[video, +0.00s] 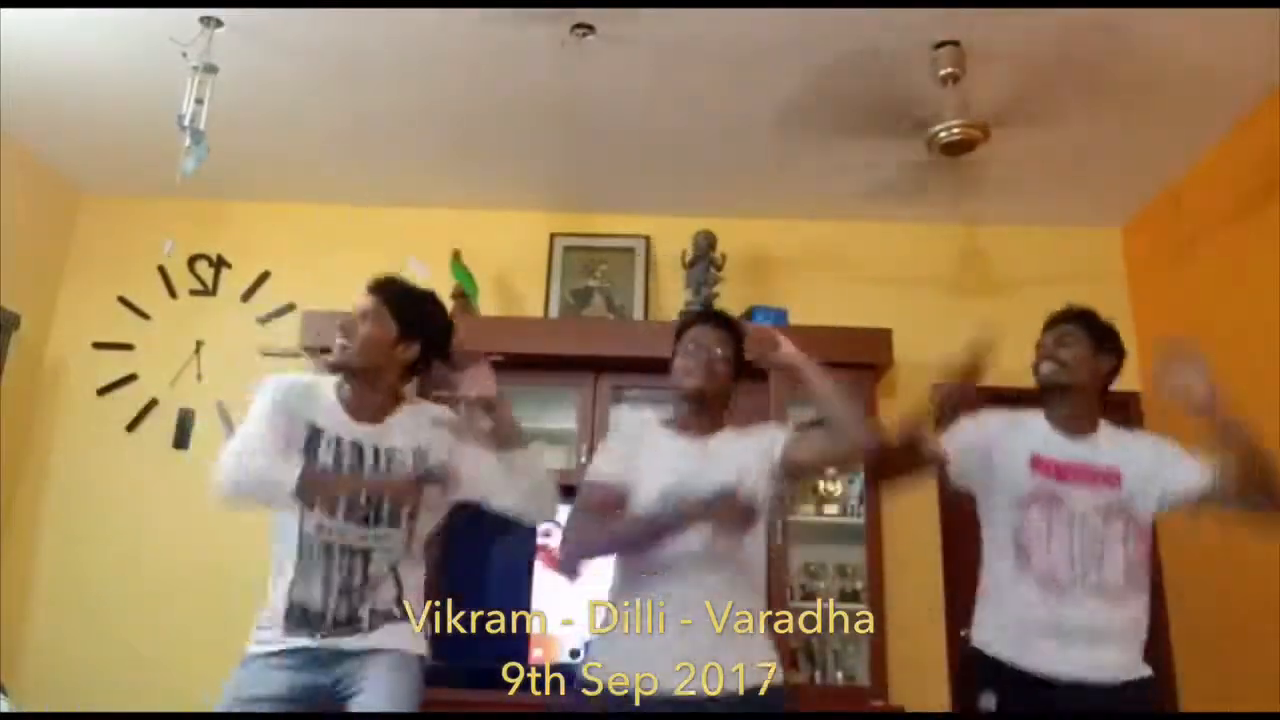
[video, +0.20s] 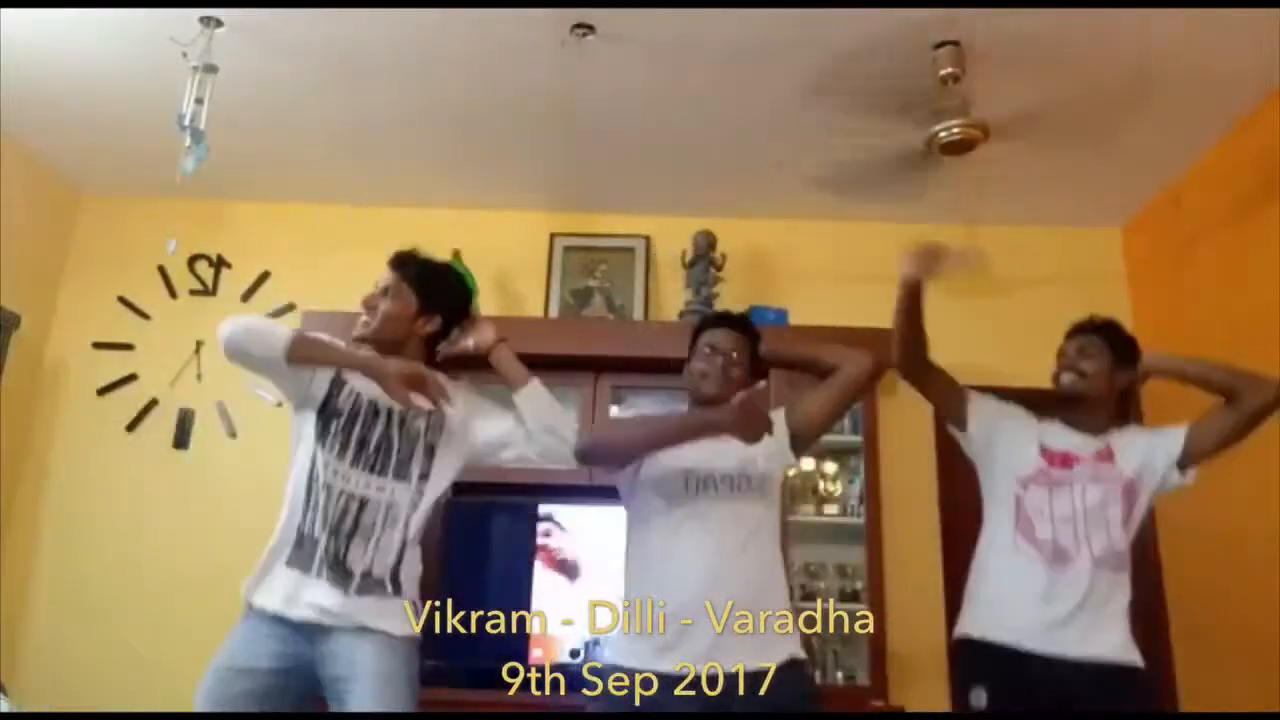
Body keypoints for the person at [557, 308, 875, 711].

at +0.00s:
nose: (700, 361)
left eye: (717, 356)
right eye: (690, 350)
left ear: (734, 376)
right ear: (672, 363)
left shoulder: (761, 445)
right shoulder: (632, 437)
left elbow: (856, 441)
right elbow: (578, 541)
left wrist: (793, 360)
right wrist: (691, 509)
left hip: (738, 679)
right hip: (632, 679)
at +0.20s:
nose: (718, 363)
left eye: (733, 359)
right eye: (709, 352)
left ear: (748, 378)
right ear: (687, 366)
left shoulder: (774, 434)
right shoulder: (647, 436)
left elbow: (859, 365)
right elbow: (589, 448)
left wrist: (767, 352)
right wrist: (721, 420)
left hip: (764, 671)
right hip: (651, 672)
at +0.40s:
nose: (718, 399)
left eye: (734, 389)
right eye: (708, 385)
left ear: (751, 401)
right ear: (688, 390)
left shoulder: (770, 469)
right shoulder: (645, 463)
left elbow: (868, 398)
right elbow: (587, 422)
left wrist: (774, 374)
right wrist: (662, 359)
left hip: (768, 695)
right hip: (659, 692)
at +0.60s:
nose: (722, 352)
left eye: (737, 350)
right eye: (711, 347)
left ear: (755, 379)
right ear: (692, 368)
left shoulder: (783, 441)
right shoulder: (647, 432)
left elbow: (880, 370)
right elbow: (575, 387)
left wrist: (781, 372)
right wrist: (627, 303)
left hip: (767, 682)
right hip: (653, 680)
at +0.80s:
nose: (717, 388)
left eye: (732, 382)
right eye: (707, 381)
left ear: (756, 403)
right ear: (691, 399)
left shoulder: (785, 466)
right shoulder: (652, 458)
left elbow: (882, 387)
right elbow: (585, 374)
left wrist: (779, 383)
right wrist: (598, 275)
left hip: (765, 698)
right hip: (654, 693)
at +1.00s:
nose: (724, 380)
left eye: (741, 377)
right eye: (715, 372)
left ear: (762, 404)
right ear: (698, 392)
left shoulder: (793, 467)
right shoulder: (657, 458)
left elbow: (895, 398)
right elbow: (575, 387)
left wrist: (788, 387)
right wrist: (592, 288)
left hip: (768, 688)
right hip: (656, 684)